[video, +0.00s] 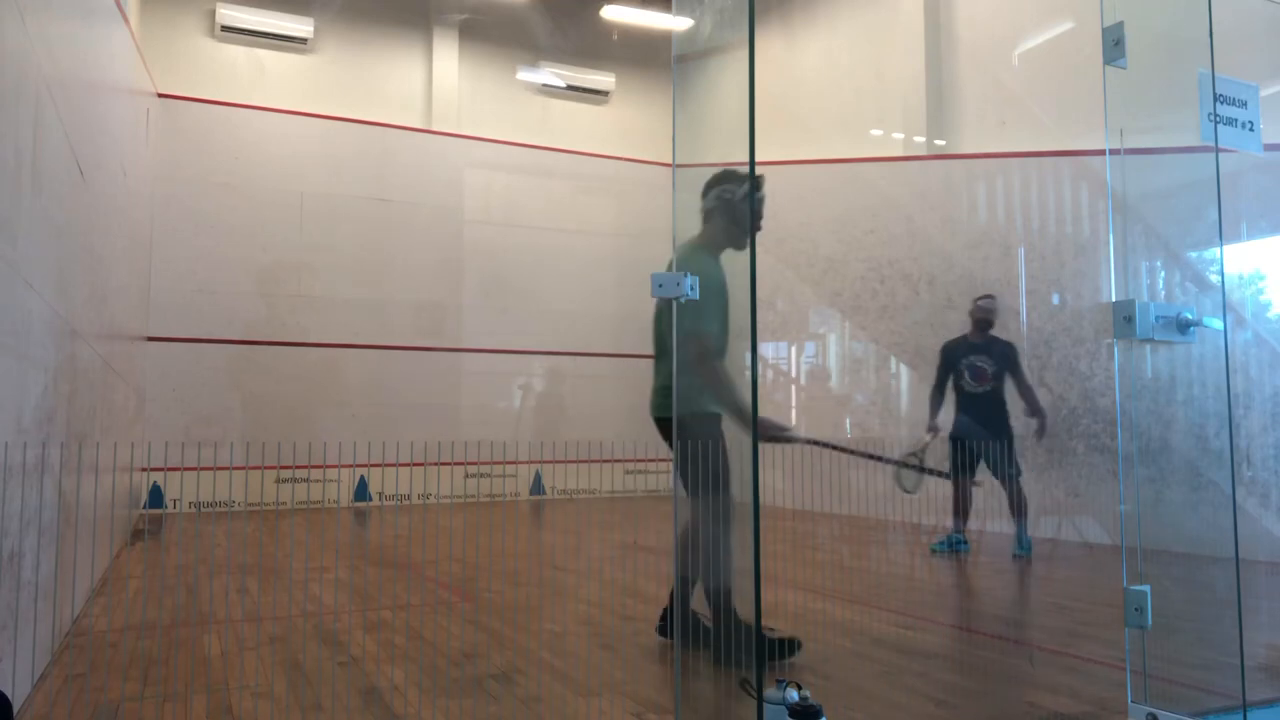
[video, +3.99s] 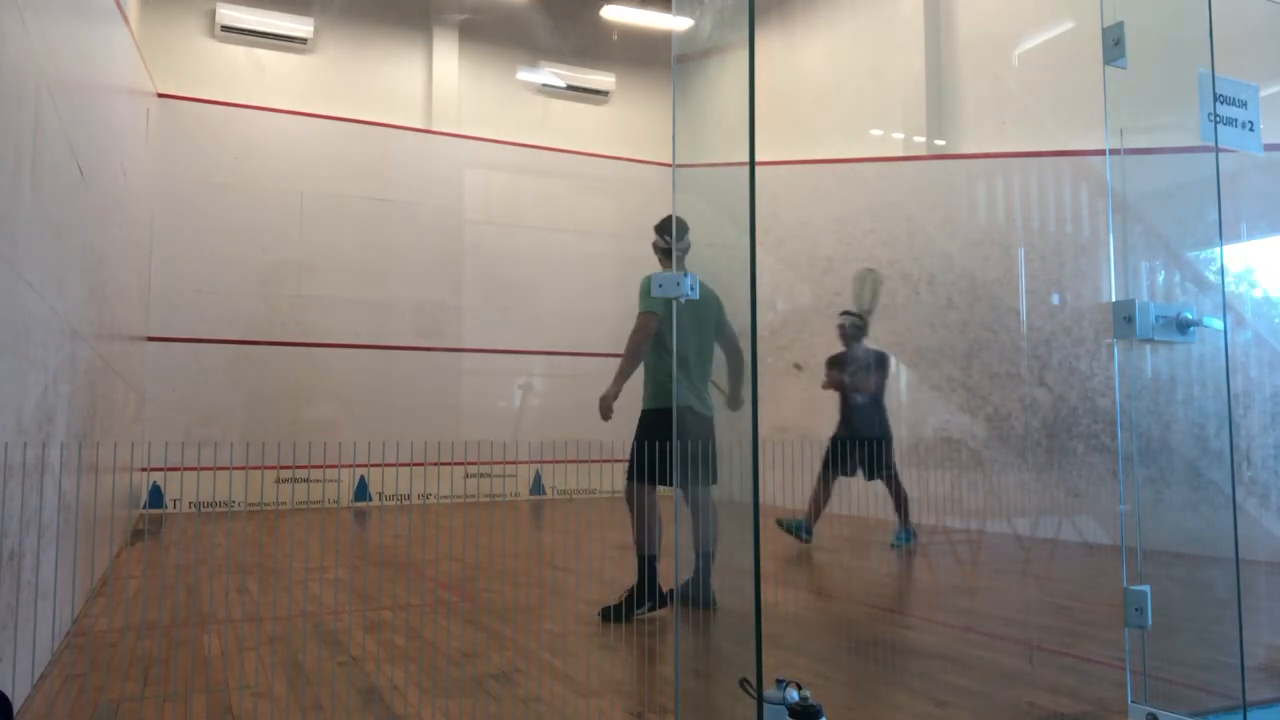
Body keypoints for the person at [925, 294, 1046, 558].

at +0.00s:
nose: (986, 316)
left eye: (991, 312)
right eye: (982, 311)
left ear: (996, 316)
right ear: (971, 313)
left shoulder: (1004, 349)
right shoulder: (952, 349)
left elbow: (1022, 383)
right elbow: (939, 386)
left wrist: (1039, 412)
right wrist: (932, 418)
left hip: (996, 425)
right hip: (964, 423)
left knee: (1011, 483)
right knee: (960, 481)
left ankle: (1022, 538)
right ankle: (958, 535)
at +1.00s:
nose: (1011, 312)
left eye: (1017, 308)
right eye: (1008, 307)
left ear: (1027, 314)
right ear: (1003, 311)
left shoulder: (1036, 351)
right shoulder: (988, 344)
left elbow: (1052, 388)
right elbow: (971, 371)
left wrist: (1062, 422)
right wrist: (953, 353)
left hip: (1018, 424)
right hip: (988, 422)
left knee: (1022, 479)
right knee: (981, 475)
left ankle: (1024, 537)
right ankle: (1009, 518)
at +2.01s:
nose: (935, 336)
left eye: (939, 331)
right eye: (933, 331)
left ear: (952, 331)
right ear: (932, 332)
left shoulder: (965, 358)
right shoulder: (932, 358)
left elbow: (983, 395)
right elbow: (925, 390)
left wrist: (965, 416)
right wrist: (909, 413)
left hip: (955, 426)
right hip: (935, 425)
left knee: (942, 477)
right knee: (944, 479)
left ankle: (939, 529)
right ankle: (990, 520)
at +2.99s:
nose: (884, 340)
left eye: (888, 334)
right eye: (879, 335)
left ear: (897, 333)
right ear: (874, 336)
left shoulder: (910, 356)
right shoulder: (874, 364)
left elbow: (937, 377)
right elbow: (860, 394)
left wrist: (919, 366)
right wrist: (848, 418)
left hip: (909, 425)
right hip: (887, 427)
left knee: (906, 477)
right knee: (896, 478)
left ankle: (909, 527)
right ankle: (903, 524)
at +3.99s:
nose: (841, 332)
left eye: (845, 328)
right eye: (840, 328)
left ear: (859, 330)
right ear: (841, 332)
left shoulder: (878, 358)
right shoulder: (836, 360)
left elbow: (872, 386)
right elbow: (833, 383)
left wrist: (841, 381)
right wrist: (859, 383)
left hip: (875, 431)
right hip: (847, 431)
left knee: (890, 479)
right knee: (826, 476)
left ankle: (906, 528)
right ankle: (807, 525)